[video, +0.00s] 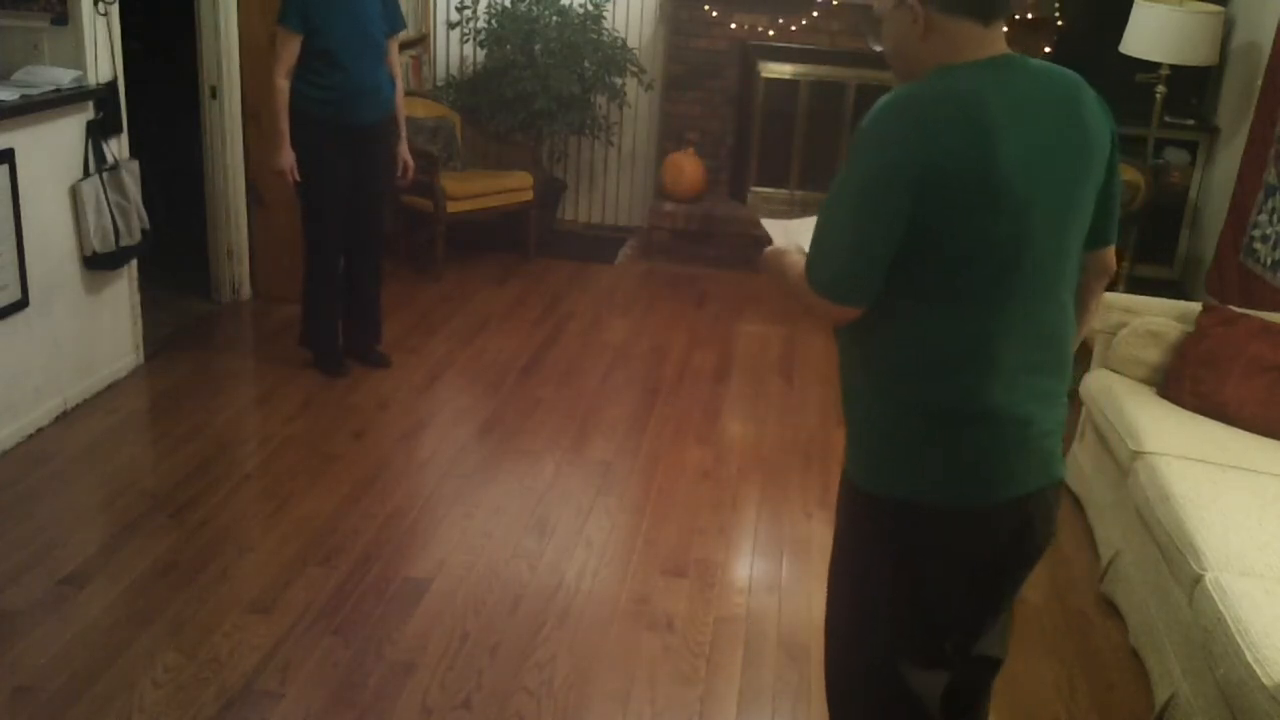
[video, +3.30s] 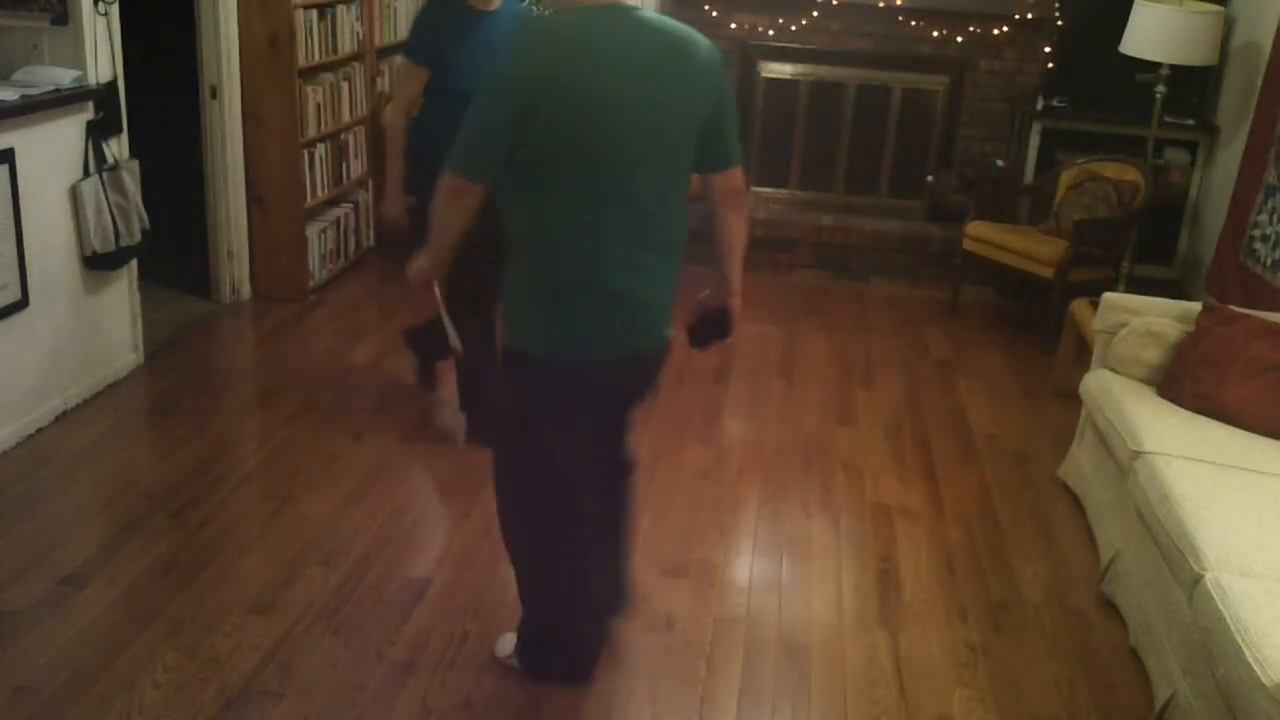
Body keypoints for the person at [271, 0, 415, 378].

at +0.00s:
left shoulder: (385, 6)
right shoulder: (302, 7)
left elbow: (394, 73)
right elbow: (282, 74)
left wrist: (401, 140)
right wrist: (284, 145)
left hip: (375, 132)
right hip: (320, 133)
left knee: (368, 239)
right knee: (325, 240)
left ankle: (364, 340)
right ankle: (324, 345)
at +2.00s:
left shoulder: (374, 7)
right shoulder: (291, 8)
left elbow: (390, 79)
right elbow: (264, 85)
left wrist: (408, 146)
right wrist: (278, 155)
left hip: (365, 143)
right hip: (308, 145)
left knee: (363, 250)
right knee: (311, 252)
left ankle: (355, 349)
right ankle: (286, 350)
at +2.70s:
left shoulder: (422, 7)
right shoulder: (347, 9)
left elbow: (429, 78)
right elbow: (324, 85)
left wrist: (435, 146)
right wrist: (337, 164)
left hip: (411, 144)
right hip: (365, 144)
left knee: (407, 254)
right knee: (369, 253)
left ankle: (398, 361)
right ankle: (325, 337)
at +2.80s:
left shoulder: (436, 8)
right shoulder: (357, 9)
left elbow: (449, 81)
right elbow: (332, 86)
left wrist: (468, 152)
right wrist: (336, 166)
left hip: (420, 145)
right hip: (371, 145)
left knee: (416, 250)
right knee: (397, 251)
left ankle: (399, 359)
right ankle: (372, 356)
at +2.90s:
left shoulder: (451, 10)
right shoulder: (373, 10)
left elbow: (469, 87)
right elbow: (339, 90)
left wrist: (493, 158)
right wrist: (335, 166)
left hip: (431, 148)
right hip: (379, 149)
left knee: (419, 260)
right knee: (413, 262)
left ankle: (395, 360)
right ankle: (421, 385)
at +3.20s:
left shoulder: (501, 19)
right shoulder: (421, 18)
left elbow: (517, 92)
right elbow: (383, 101)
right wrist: (372, 175)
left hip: (478, 163)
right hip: (422, 163)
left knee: (452, 267)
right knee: (456, 275)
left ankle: (406, 349)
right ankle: (482, 404)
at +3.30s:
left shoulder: (521, 18)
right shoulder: (441, 17)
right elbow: (399, 110)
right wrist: (394, 189)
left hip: (505, 168)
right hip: (446, 172)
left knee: (496, 272)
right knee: (471, 288)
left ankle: (430, 339)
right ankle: (482, 413)